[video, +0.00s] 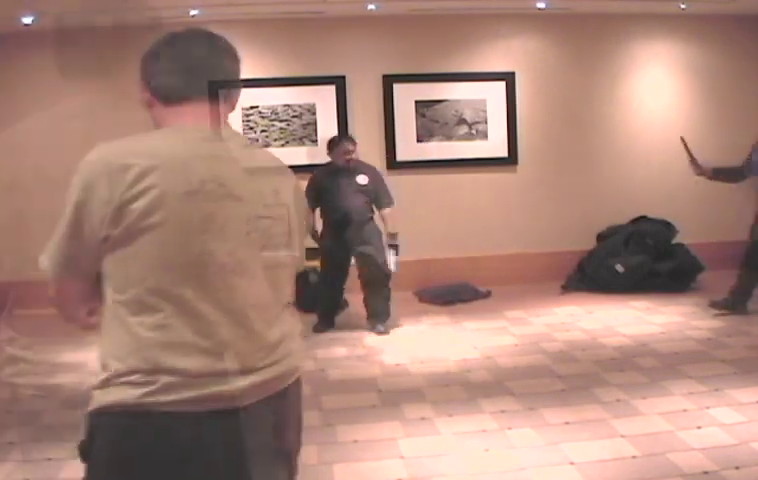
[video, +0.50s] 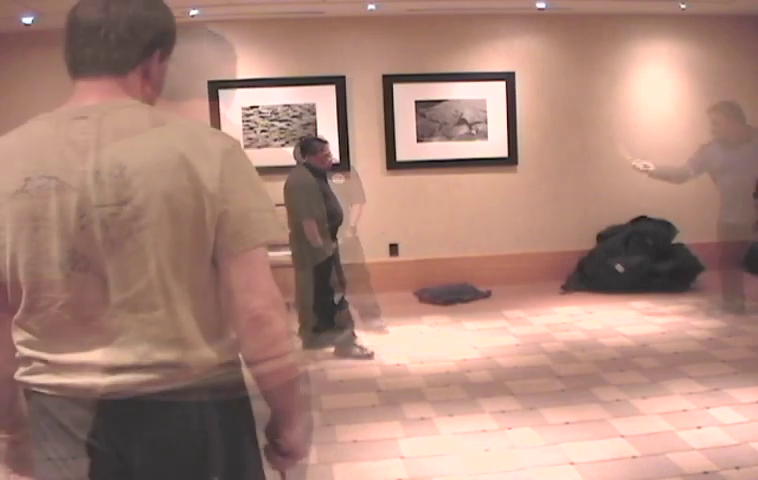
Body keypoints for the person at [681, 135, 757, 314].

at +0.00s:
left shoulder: (754, 151)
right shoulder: (754, 151)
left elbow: (742, 172)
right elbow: (742, 172)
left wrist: (706, 172)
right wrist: (704, 171)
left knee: (753, 253)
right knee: (752, 252)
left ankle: (739, 298)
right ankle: (738, 298)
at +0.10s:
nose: (752, 125)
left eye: (754, 119)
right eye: (752, 119)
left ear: (756, 121)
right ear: (750, 120)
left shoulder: (749, 149)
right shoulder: (748, 149)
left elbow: (727, 173)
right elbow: (727, 174)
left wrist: (693, 170)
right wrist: (693, 170)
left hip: (753, 216)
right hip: (752, 215)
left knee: (747, 255)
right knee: (746, 255)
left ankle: (735, 300)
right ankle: (735, 300)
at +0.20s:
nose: (744, 125)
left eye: (748, 119)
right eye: (741, 120)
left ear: (757, 121)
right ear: (739, 121)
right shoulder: (738, 149)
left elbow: (716, 173)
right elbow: (716, 173)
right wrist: (684, 172)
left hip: (752, 215)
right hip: (746, 215)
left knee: (744, 257)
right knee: (740, 257)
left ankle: (734, 301)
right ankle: (733, 301)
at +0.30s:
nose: (731, 125)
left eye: (736, 120)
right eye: (728, 121)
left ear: (751, 120)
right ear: (727, 122)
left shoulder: (752, 149)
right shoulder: (729, 150)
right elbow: (701, 174)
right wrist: (673, 172)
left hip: (753, 219)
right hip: (739, 219)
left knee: (743, 261)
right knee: (734, 260)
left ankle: (734, 302)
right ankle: (733, 302)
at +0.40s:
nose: (721, 126)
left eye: (726, 120)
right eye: (719, 121)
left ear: (743, 121)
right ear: (718, 122)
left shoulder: (755, 146)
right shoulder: (718, 151)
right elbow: (691, 174)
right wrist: (660, 171)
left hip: (755, 223)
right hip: (734, 224)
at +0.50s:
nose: (713, 127)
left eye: (717, 122)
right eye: (712, 122)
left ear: (734, 121)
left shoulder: (753, 143)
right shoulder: (713, 151)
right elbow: (683, 173)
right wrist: (653, 170)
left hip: (754, 224)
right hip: (732, 225)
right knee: (732, 299)